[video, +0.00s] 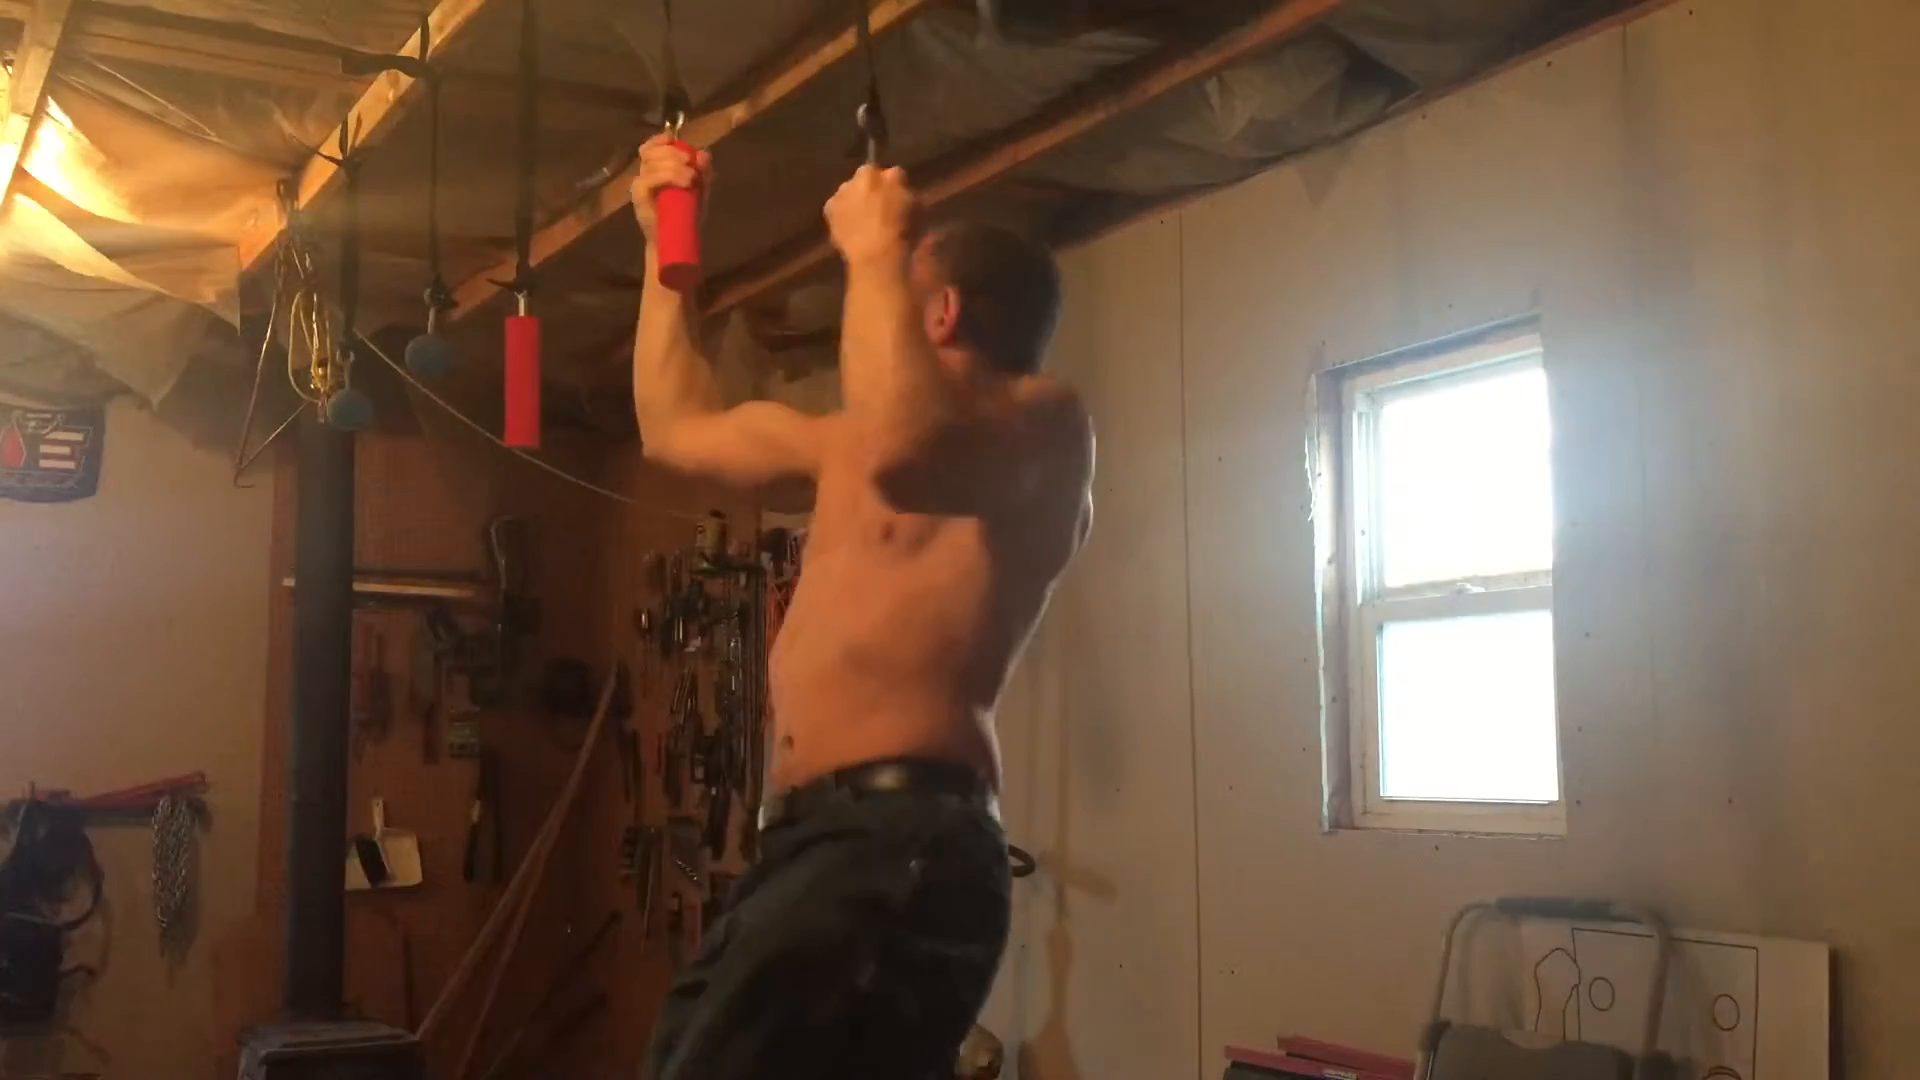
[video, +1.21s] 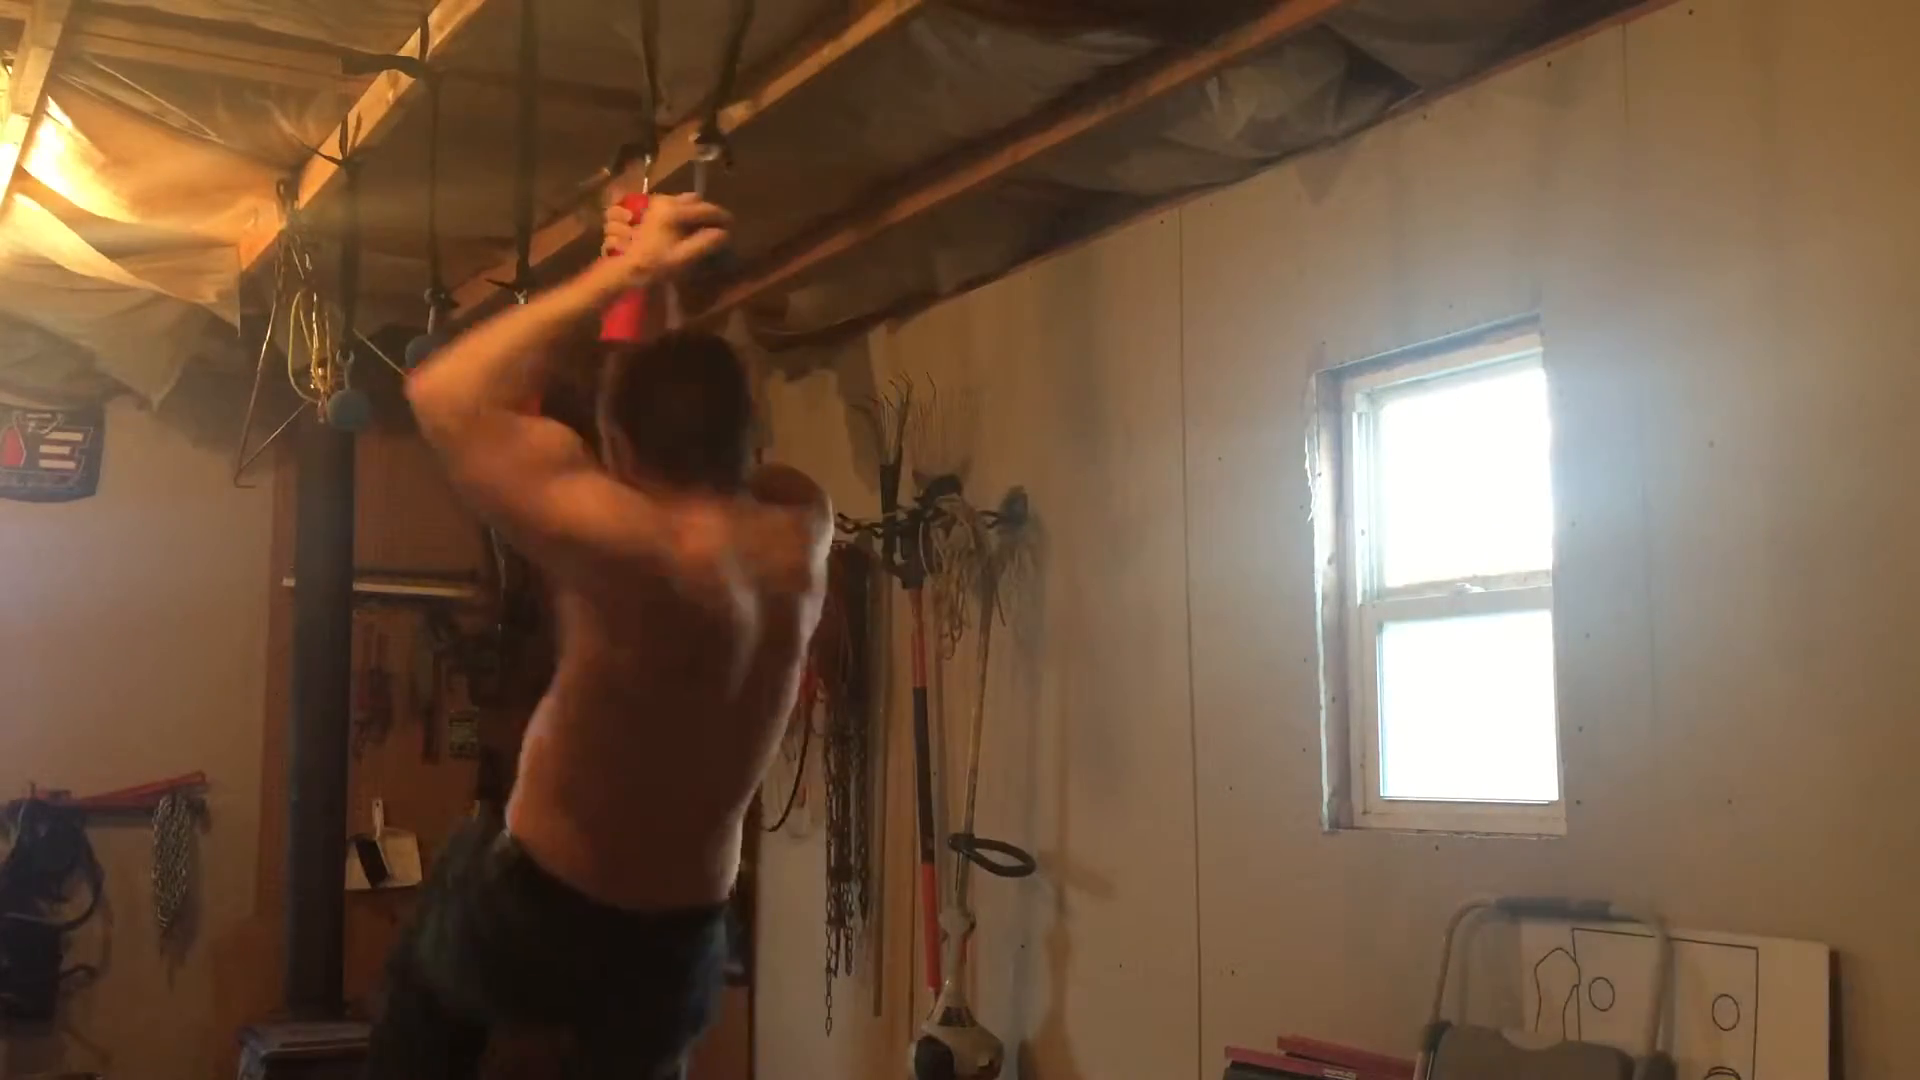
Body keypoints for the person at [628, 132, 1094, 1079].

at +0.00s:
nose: (882, 308)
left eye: (907, 285)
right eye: (893, 288)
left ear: (945, 313)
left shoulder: (1047, 420)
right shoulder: (855, 438)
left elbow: (905, 448)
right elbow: (676, 427)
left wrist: (872, 256)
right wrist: (671, 242)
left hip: (904, 842)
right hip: (801, 843)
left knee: (733, 1061)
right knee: (682, 1057)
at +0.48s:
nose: (801, 351)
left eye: (819, 325)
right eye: (810, 327)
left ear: (877, 338)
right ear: (864, 342)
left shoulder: (957, 466)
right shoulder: (772, 458)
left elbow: (1017, 439)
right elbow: (615, 437)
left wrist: (953, 250)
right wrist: (621, 243)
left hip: (830, 840)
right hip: (707, 848)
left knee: (696, 1060)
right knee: (619, 1059)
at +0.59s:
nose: (772, 374)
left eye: (787, 352)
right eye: (778, 353)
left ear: (844, 367)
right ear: (846, 368)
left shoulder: (925, 506)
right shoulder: (755, 476)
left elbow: (951, 454)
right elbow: (605, 445)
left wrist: (913, 263)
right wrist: (615, 257)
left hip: (788, 880)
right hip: (695, 876)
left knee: (575, 1061)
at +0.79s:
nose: (731, 409)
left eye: (756, 386)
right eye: (737, 386)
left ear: (836, 405)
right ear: (736, 393)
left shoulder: (884, 532)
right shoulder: (740, 495)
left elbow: (823, 469)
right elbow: (619, 453)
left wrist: (835, 284)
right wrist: (615, 272)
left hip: (718, 924)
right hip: (647, 906)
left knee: (461, 1045)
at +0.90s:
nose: (730, 399)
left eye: (748, 379)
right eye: (735, 382)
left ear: (811, 408)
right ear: (770, 412)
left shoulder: (849, 543)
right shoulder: (755, 528)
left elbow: (736, 456)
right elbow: (646, 459)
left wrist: (784, 289)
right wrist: (631, 284)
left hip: (671, 949)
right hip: (629, 931)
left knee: (419, 1044)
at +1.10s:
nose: (634, 434)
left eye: (646, 418)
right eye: (634, 417)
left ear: (674, 449)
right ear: (772, 438)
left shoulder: (709, 557)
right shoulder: (812, 546)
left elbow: (523, 431)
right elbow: (635, 447)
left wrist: (679, 280)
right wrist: (651, 314)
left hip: (575, 959)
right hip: (695, 965)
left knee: (429, 939)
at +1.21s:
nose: (606, 452)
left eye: (613, 431)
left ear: (621, 445)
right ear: (740, 438)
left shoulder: (616, 541)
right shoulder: (801, 540)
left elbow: (445, 393)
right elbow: (721, 450)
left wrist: (616, 269)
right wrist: (657, 290)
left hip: (539, 913)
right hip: (685, 938)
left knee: (425, 1025)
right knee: (642, 1064)